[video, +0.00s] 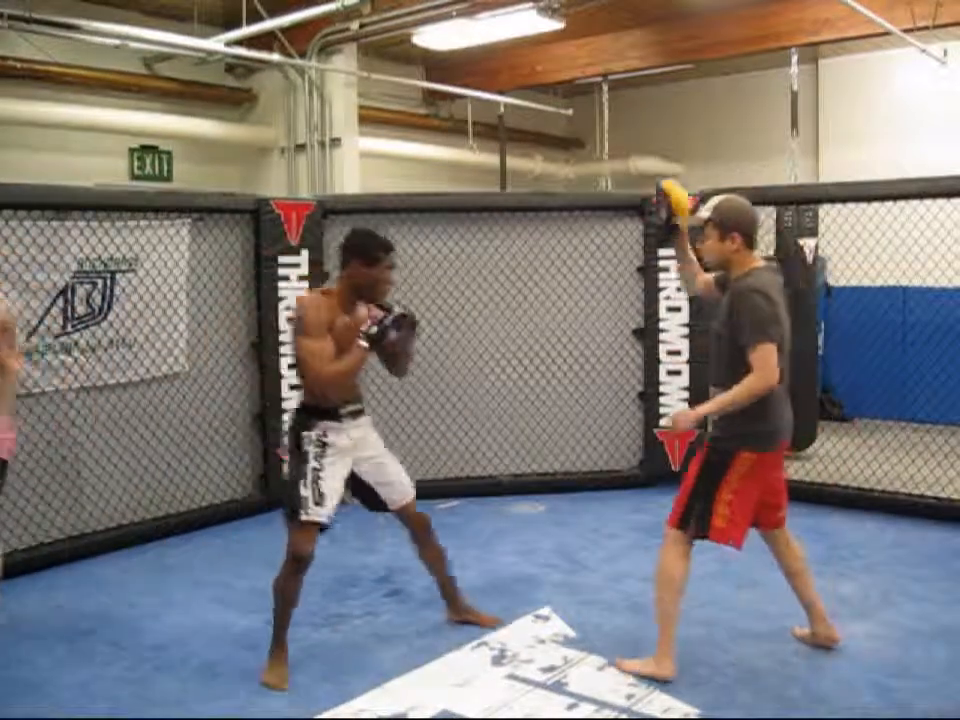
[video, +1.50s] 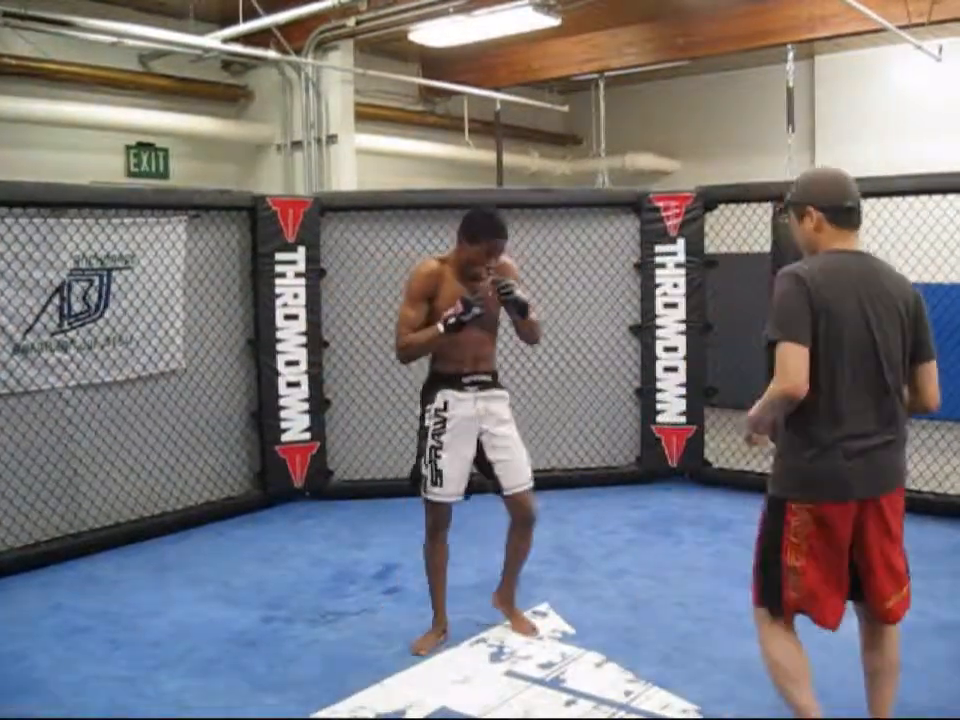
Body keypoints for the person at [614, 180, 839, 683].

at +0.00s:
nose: (699, 245)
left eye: (706, 235)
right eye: (700, 235)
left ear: (734, 240)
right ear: (738, 239)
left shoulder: (748, 293)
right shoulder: (757, 278)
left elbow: (765, 375)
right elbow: (700, 287)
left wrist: (699, 411)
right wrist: (679, 232)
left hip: (739, 435)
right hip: (767, 433)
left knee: (678, 536)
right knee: (775, 529)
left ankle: (663, 657)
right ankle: (821, 626)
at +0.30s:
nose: (623, 232)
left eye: (627, 224)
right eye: (623, 223)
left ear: (654, 228)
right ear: (668, 226)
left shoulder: (673, 277)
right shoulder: (697, 257)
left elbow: (691, 362)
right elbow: (651, 289)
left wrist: (632, 384)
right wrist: (619, 253)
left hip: (708, 423)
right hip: (751, 411)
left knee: (673, 537)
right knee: (777, 519)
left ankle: (662, 657)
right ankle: (804, 625)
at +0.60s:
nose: (626, 224)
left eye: (629, 214)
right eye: (626, 214)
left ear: (650, 216)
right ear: (674, 214)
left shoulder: (650, 273)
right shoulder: (728, 259)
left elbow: (662, 367)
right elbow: (771, 334)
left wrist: (658, 448)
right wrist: (757, 369)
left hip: (689, 427)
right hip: (746, 419)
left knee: (659, 541)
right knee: (771, 531)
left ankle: (659, 657)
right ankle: (801, 646)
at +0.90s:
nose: (715, 238)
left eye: (718, 230)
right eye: (717, 229)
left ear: (735, 233)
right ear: (768, 234)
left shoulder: (714, 292)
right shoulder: (813, 295)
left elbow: (693, 387)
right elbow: (840, 392)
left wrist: (677, 470)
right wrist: (794, 373)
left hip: (722, 462)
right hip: (795, 462)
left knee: (678, 563)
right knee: (814, 594)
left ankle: (657, 658)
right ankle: (815, 709)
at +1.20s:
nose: (767, 193)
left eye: (769, 182)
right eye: (768, 182)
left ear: (789, 179)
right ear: (825, 179)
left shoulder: (772, 234)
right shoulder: (876, 242)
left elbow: (743, 326)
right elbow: (903, 344)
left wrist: (704, 345)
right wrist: (844, 335)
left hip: (784, 423)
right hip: (858, 424)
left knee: (740, 557)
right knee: (852, 576)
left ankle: (763, 686)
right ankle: (847, 708)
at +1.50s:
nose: (793, 233)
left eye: (794, 222)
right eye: (792, 223)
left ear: (813, 218)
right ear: (854, 218)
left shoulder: (799, 280)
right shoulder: (901, 288)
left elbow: (792, 384)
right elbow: (928, 398)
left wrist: (762, 414)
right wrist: (878, 395)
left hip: (809, 486)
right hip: (883, 481)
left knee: (774, 616)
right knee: (879, 614)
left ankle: (808, 711)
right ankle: (881, 713)